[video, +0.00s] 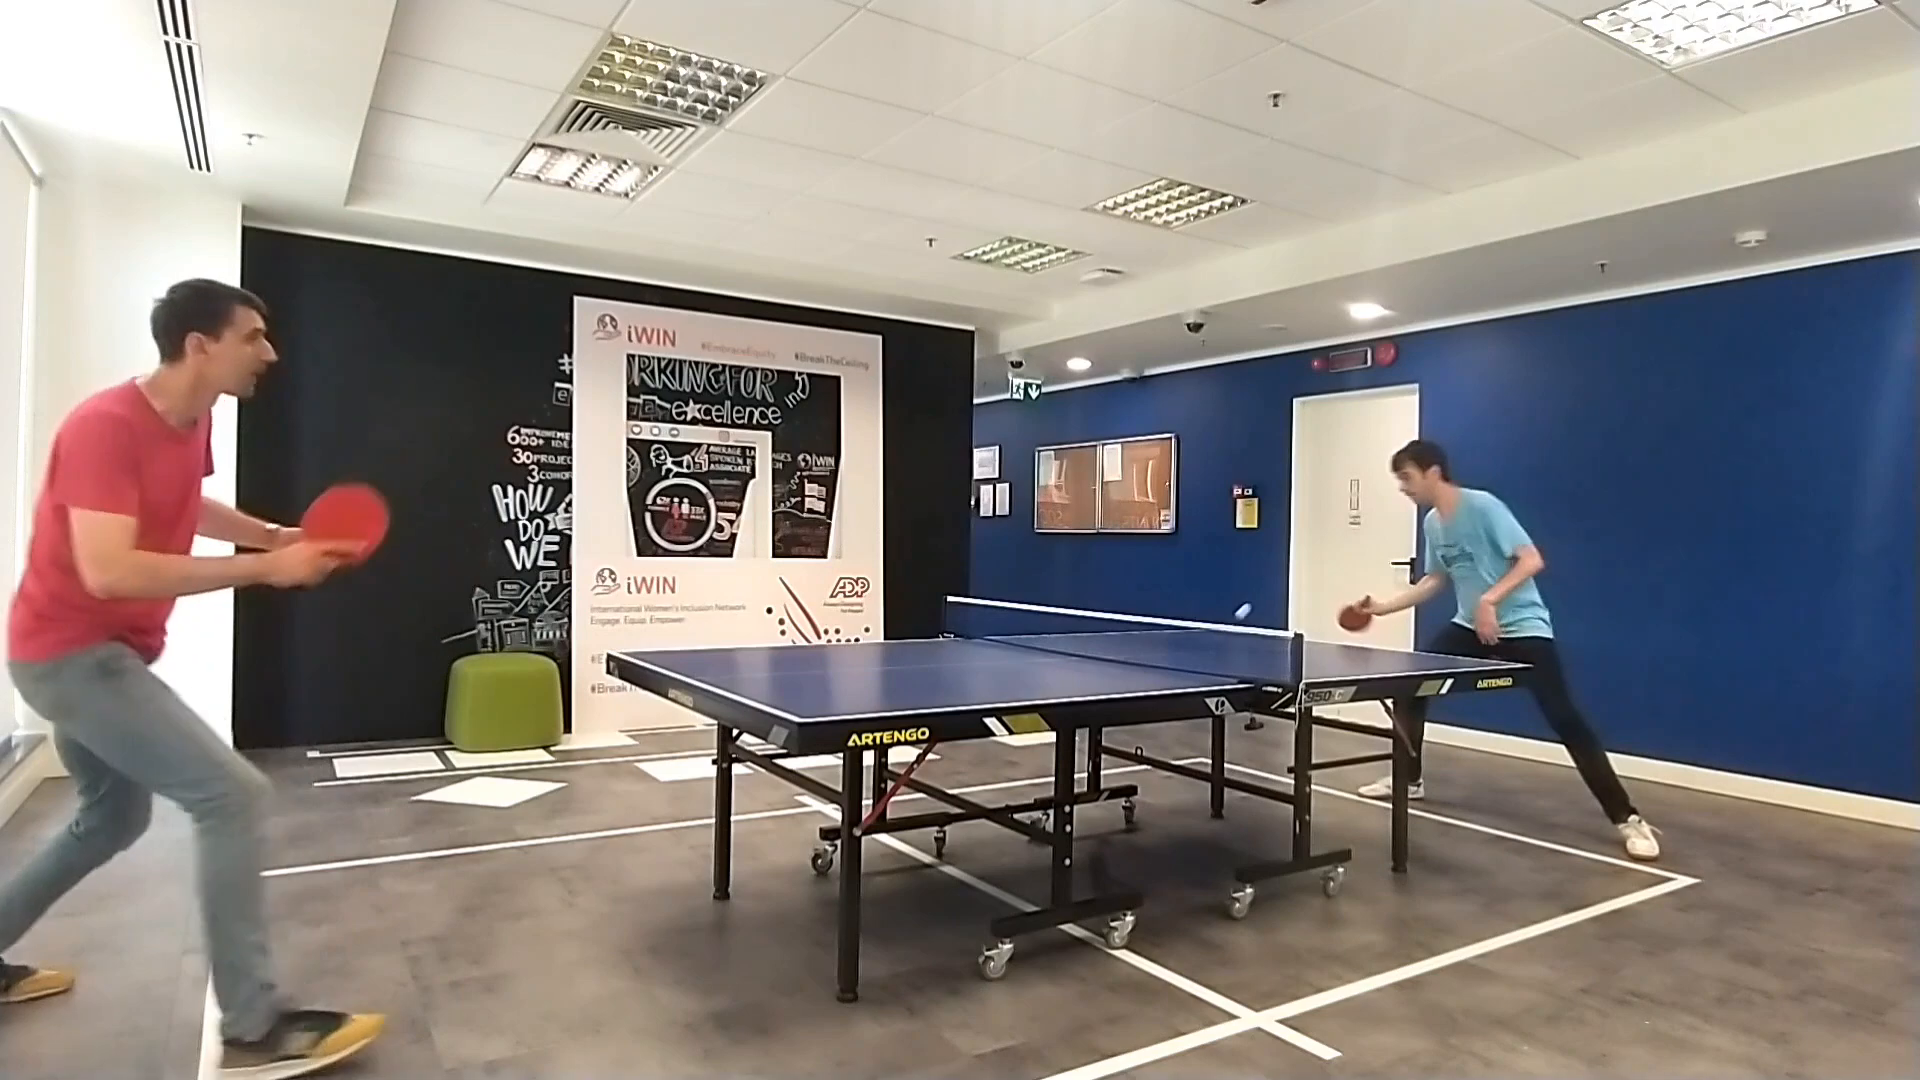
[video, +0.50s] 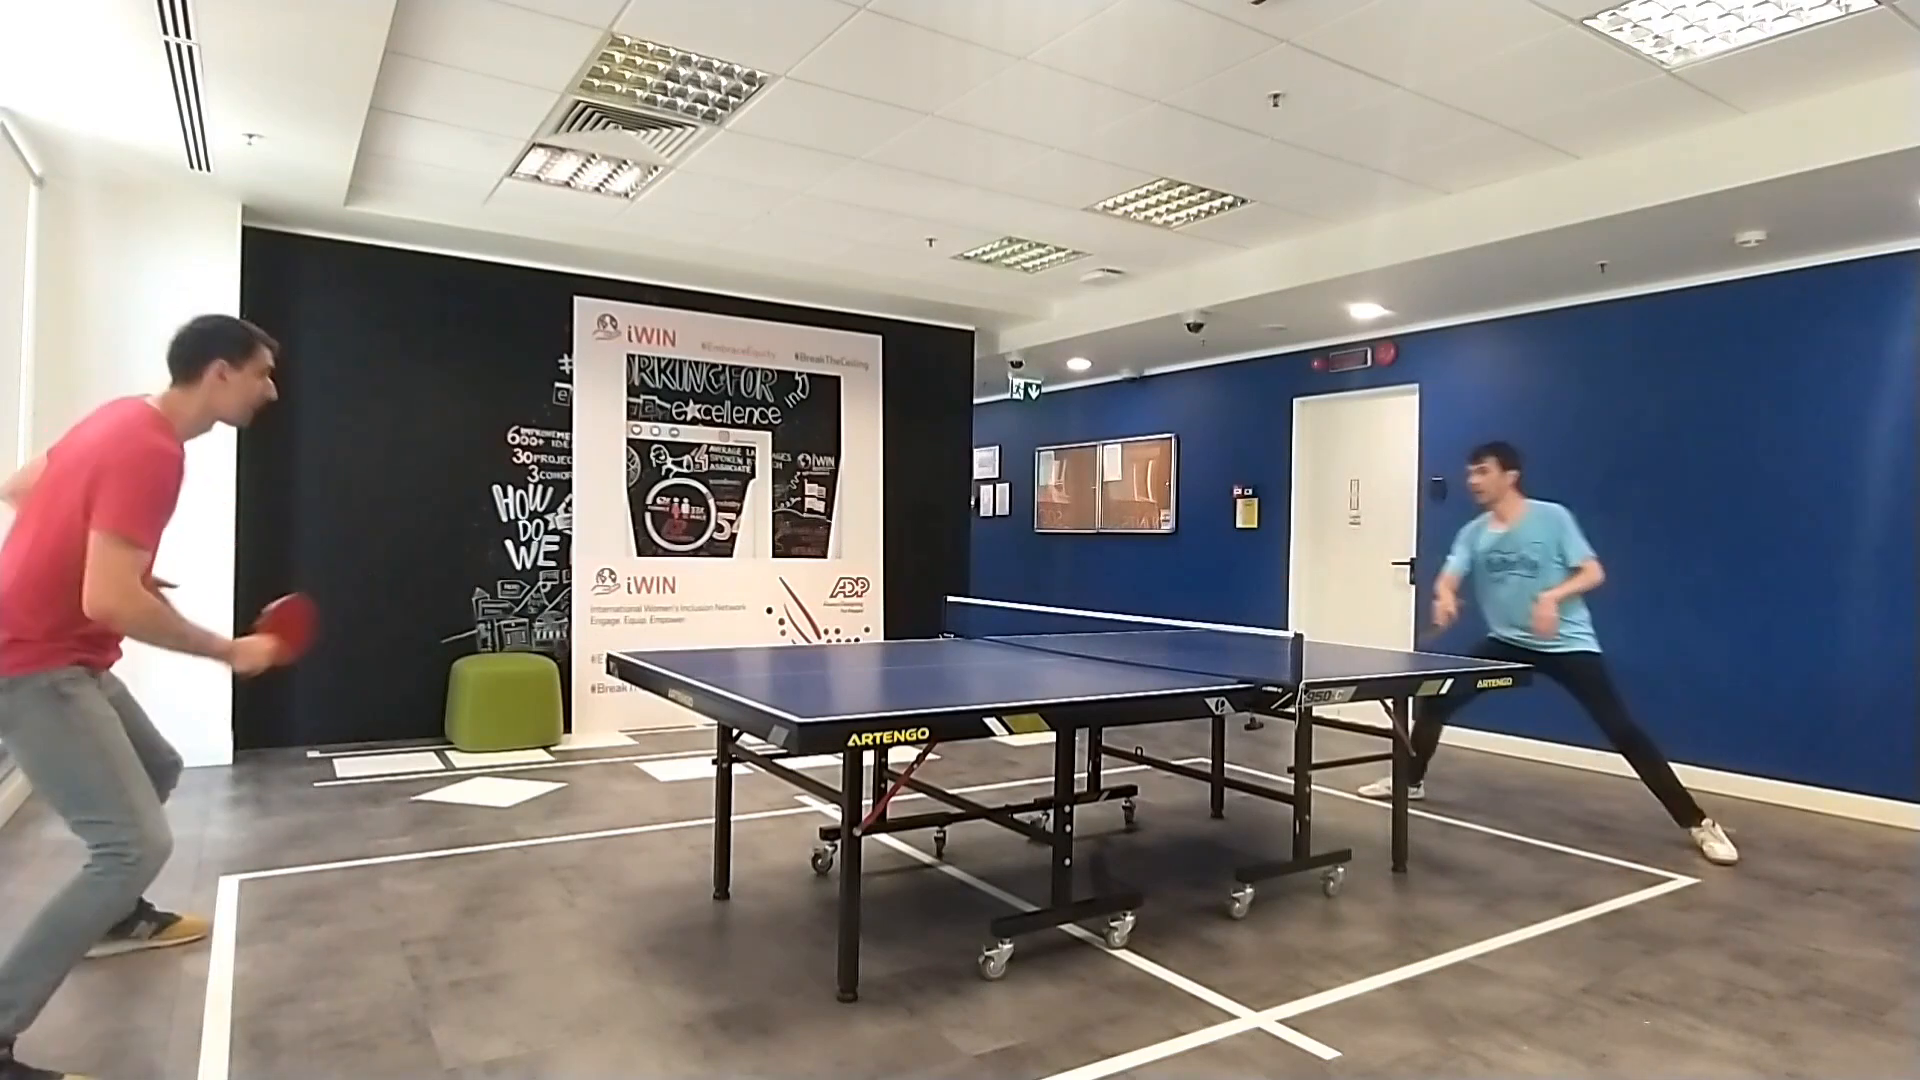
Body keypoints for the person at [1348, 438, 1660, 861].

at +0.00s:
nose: (1402, 488)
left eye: (1406, 477)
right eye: (1399, 480)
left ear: (1434, 472)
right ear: (1422, 478)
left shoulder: (1482, 505)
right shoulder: (1432, 522)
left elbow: (1531, 560)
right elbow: (1435, 581)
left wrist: (1489, 600)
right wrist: (1380, 607)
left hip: (1523, 628)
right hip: (1470, 629)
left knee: (1563, 718)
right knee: (1408, 686)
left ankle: (1627, 820)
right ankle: (1407, 778)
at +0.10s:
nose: (1383, 492)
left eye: (1385, 482)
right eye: (1380, 485)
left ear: (1410, 474)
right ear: (1406, 478)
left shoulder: (1466, 504)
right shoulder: (1417, 532)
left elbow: (1518, 552)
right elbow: (1399, 582)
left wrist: (1476, 591)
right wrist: (1338, 583)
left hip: (1522, 626)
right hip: (1468, 629)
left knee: (1573, 712)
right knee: (1408, 683)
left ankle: (1632, 816)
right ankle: (1406, 778)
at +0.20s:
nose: (1380, 494)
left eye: (1384, 484)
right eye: (1378, 487)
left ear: (1409, 477)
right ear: (1401, 484)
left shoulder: (1465, 506)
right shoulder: (1405, 538)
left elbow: (1518, 550)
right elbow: (1362, 570)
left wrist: (1475, 587)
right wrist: (1317, 555)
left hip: (1523, 627)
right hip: (1469, 631)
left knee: (1577, 709)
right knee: (1406, 680)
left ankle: (1648, 812)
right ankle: (1405, 776)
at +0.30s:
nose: (1395, 490)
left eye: (1400, 480)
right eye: (1392, 483)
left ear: (1428, 477)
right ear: (1413, 485)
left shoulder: (1479, 509)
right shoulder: (1409, 535)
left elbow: (1530, 555)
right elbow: (1366, 553)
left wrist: (1488, 585)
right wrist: (1334, 560)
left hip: (1529, 630)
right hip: (1471, 635)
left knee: (1588, 712)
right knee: (1405, 686)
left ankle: (1668, 810)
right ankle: (1404, 779)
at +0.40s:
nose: (1426, 484)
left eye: (1434, 474)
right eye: (1424, 477)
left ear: (1463, 475)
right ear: (1433, 486)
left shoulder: (1508, 511)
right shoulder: (1435, 535)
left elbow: (1554, 563)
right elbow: (1392, 585)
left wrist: (1514, 588)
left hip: (1541, 636)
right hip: (1483, 639)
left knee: (1602, 716)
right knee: (1414, 685)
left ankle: (1689, 813)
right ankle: (1405, 780)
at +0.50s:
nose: (1473, 481)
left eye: (1481, 473)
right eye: (1470, 474)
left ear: (1510, 476)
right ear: (1473, 482)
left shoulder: (1552, 517)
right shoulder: (1473, 532)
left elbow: (1592, 572)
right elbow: (1447, 579)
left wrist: (1551, 596)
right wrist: (1445, 599)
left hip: (1569, 648)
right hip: (1507, 645)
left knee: (1622, 730)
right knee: (1433, 700)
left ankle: (1698, 825)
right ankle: (1404, 780)